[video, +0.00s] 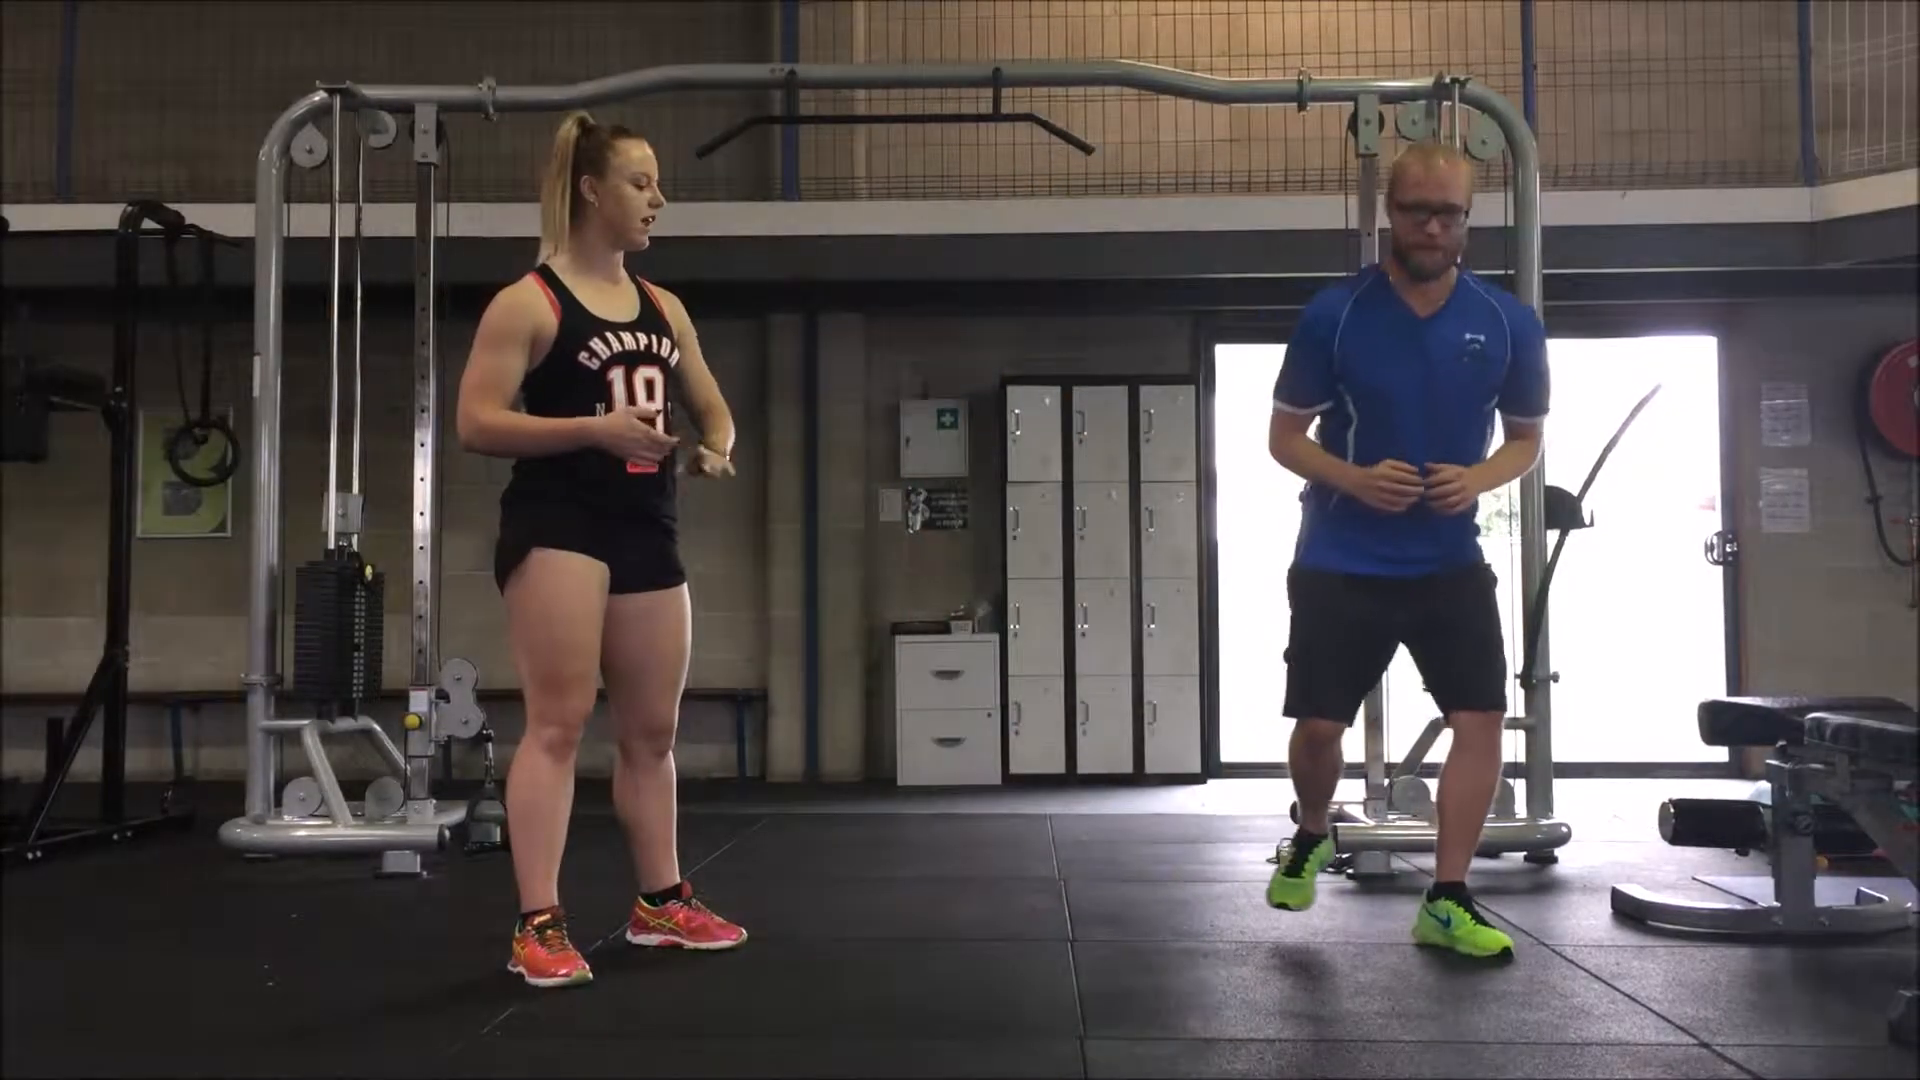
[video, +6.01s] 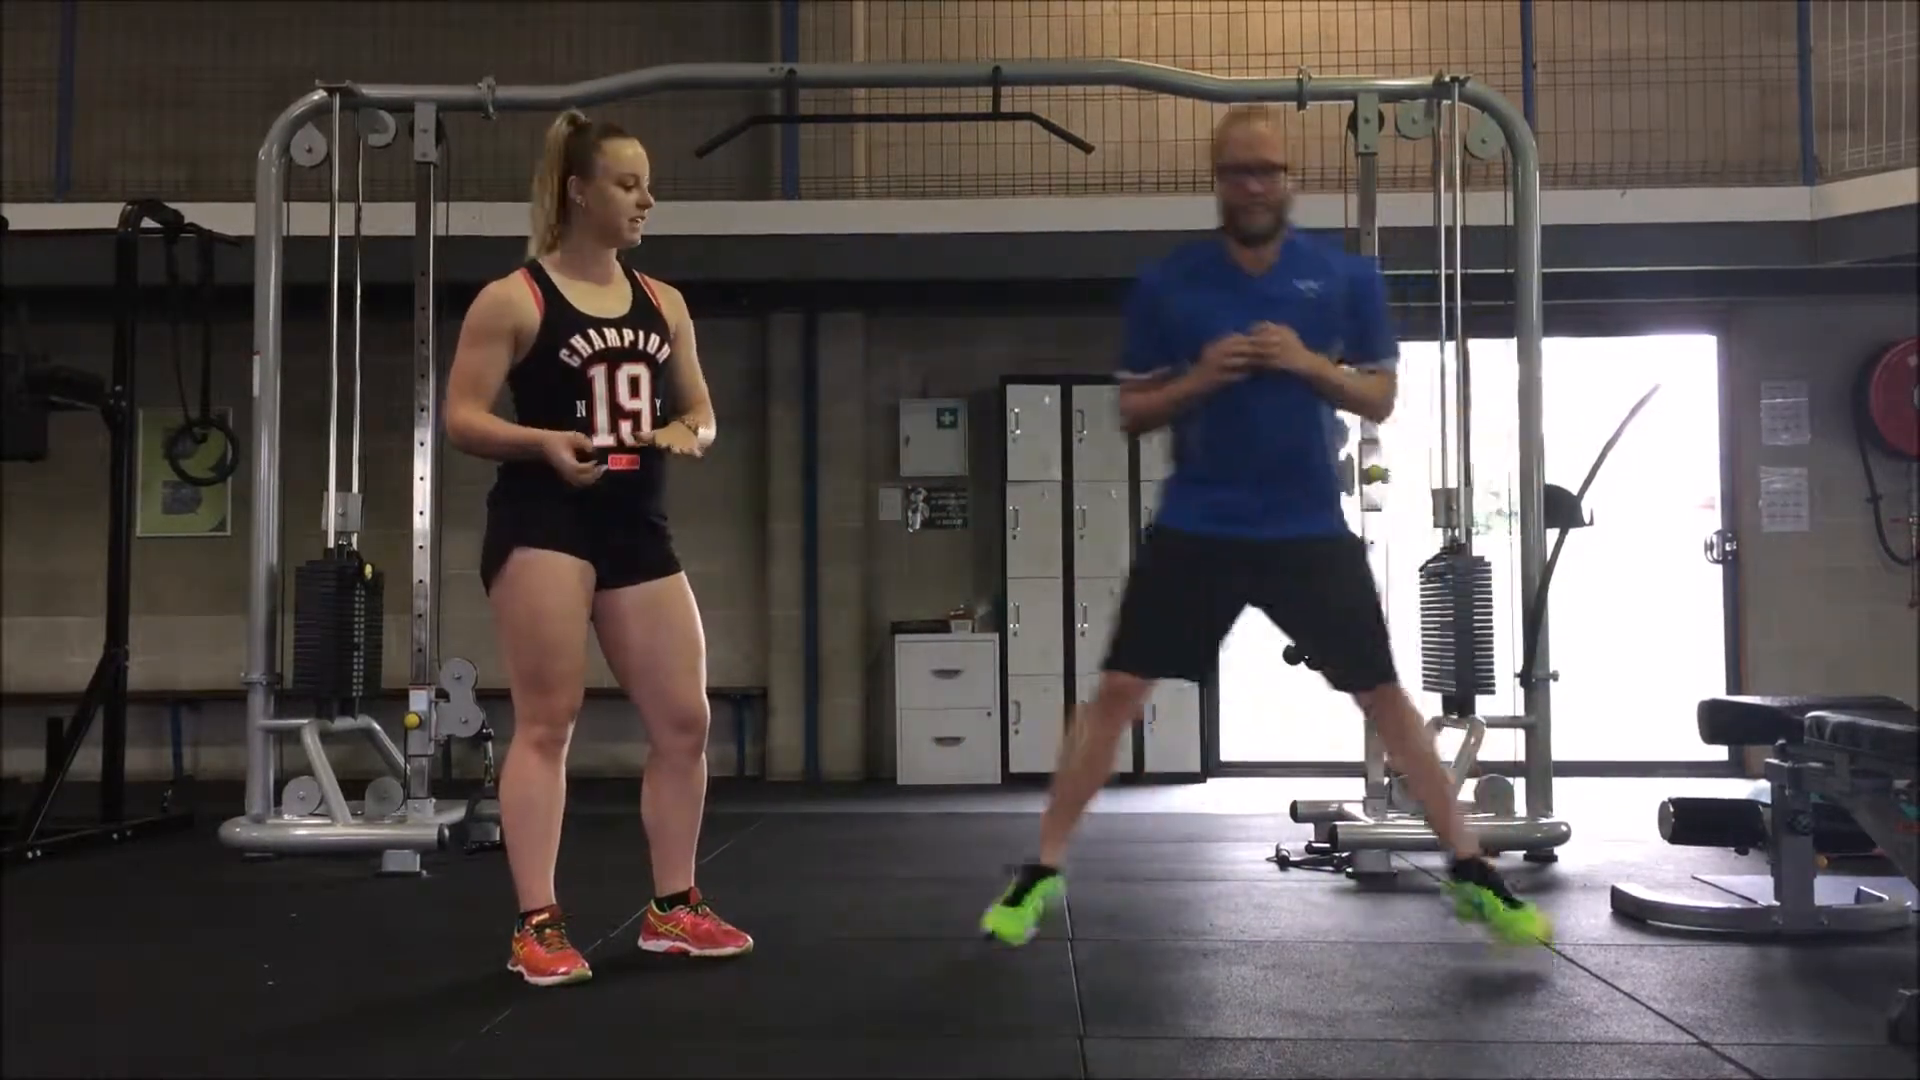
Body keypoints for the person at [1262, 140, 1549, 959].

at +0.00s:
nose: (1430, 226)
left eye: (1447, 213)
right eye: (1415, 211)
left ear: (1468, 219)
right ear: (1386, 213)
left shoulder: (1508, 324)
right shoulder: (1335, 313)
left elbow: (1525, 441)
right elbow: (1285, 437)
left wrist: (1480, 478)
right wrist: (1352, 477)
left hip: (1446, 562)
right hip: (1340, 563)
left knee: (1482, 712)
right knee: (1319, 723)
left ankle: (1448, 895)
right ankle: (1310, 833)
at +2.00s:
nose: (1128, 263)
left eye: (1141, 247)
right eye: (1112, 246)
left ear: (1155, 238)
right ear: (1077, 234)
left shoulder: (1188, 320)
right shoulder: (1024, 341)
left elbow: (1229, 429)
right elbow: (987, 456)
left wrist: (1178, 442)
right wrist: (1058, 469)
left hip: (1174, 563)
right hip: (1064, 572)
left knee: (1262, 694)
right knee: (1010, 729)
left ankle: (1307, 861)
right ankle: (964, 897)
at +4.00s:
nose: (986, 263)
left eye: (1000, 246)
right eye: (968, 248)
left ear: (1017, 227)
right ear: (936, 231)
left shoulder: (1067, 314)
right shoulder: (893, 325)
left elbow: (1102, 438)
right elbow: (872, 451)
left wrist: (1038, 436)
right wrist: (926, 452)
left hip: (1047, 557)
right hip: (942, 565)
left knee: (1092, 721)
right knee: (943, 729)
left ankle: (1100, 823)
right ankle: (971, 894)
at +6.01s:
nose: (1254, 187)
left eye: (1268, 172)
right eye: (1237, 173)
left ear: (1290, 177)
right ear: (1213, 179)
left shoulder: (1345, 275)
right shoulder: (1167, 283)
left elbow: (1378, 400)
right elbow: (1131, 410)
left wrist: (1309, 364)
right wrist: (1199, 377)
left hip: (1308, 532)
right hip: (1195, 529)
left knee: (1383, 694)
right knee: (1117, 688)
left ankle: (1468, 863)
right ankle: (1044, 865)